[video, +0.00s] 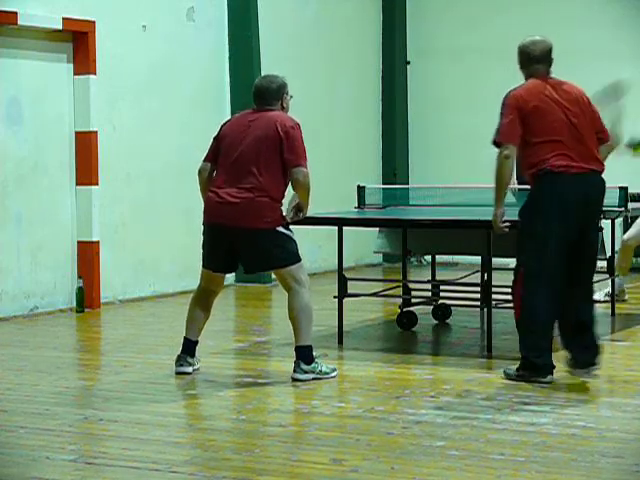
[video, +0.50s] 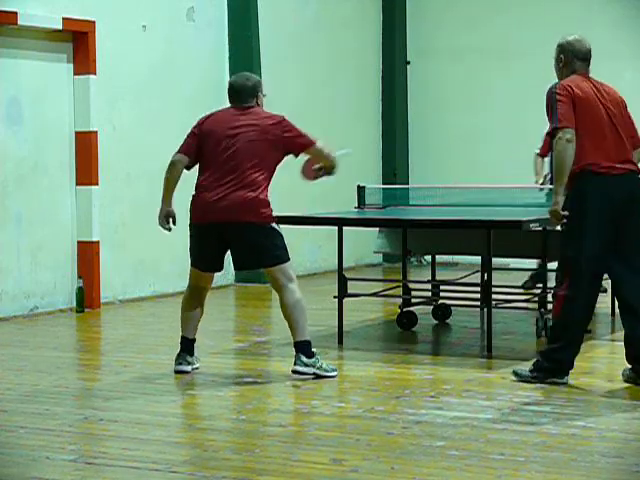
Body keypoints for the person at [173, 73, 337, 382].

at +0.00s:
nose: (290, 102)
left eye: (289, 98)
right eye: (289, 98)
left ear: (256, 100)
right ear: (282, 101)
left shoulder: (232, 123)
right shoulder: (286, 125)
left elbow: (205, 171)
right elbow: (300, 177)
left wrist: (215, 206)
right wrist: (302, 202)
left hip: (217, 219)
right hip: (262, 219)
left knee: (207, 287)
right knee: (298, 285)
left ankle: (186, 355)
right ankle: (305, 362)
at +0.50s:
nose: (265, 99)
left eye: (262, 95)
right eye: (263, 95)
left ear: (229, 98)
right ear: (259, 98)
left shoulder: (208, 123)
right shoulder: (275, 124)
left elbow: (177, 163)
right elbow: (326, 159)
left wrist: (166, 204)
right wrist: (321, 168)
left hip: (206, 216)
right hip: (252, 215)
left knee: (197, 287)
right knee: (286, 283)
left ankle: (185, 354)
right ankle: (305, 355)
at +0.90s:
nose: (244, 103)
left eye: (242, 98)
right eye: (242, 99)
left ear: (209, 105)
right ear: (235, 102)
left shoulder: (190, 135)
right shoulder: (253, 130)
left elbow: (158, 179)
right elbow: (291, 167)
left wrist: (147, 221)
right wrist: (298, 198)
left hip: (200, 228)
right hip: (245, 225)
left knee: (195, 287)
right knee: (282, 288)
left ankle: (185, 355)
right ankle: (305, 359)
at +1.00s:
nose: (227, 96)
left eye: (225, 91)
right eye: (225, 92)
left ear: (194, 97)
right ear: (220, 95)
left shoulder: (175, 128)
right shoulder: (235, 124)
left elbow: (147, 174)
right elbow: (258, 162)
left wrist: (140, 213)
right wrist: (278, 195)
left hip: (186, 222)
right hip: (230, 219)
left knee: (189, 287)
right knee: (264, 283)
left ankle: (185, 355)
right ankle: (293, 354)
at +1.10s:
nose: (215, 89)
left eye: (213, 85)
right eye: (213, 85)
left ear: (183, 89)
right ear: (205, 88)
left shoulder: (162, 121)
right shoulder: (219, 116)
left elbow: (137, 167)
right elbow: (237, 157)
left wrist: (139, 206)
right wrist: (261, 193)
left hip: (173, 218)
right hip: (215, 215)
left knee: (185, 284)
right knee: (245, 278)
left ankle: (184, 355)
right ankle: (246, 354)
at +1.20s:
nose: (204, 84)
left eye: (202, 79)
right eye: (201, 80)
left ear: (172, 84)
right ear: (193, 83)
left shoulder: (152, 116)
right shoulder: (206, 111)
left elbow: (131, 167)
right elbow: (224, 155)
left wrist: (138, 204)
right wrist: (248, 187)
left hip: (161, 214)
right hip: (201, 212)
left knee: (180, 282)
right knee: (223, 281)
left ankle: (183, 355)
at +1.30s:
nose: (195, 84)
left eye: (193, 79)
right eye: (192, 79)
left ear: (163, 83)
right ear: (184, 82)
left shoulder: (143, 115)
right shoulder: (195, 111)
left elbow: (123, 166)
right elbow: (217, 159)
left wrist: (132, 200)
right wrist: (240, 187)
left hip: (147, 214)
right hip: (184, 213)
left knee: (173, 282)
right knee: (197, 285)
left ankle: (183, 354)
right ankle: (146, 344)